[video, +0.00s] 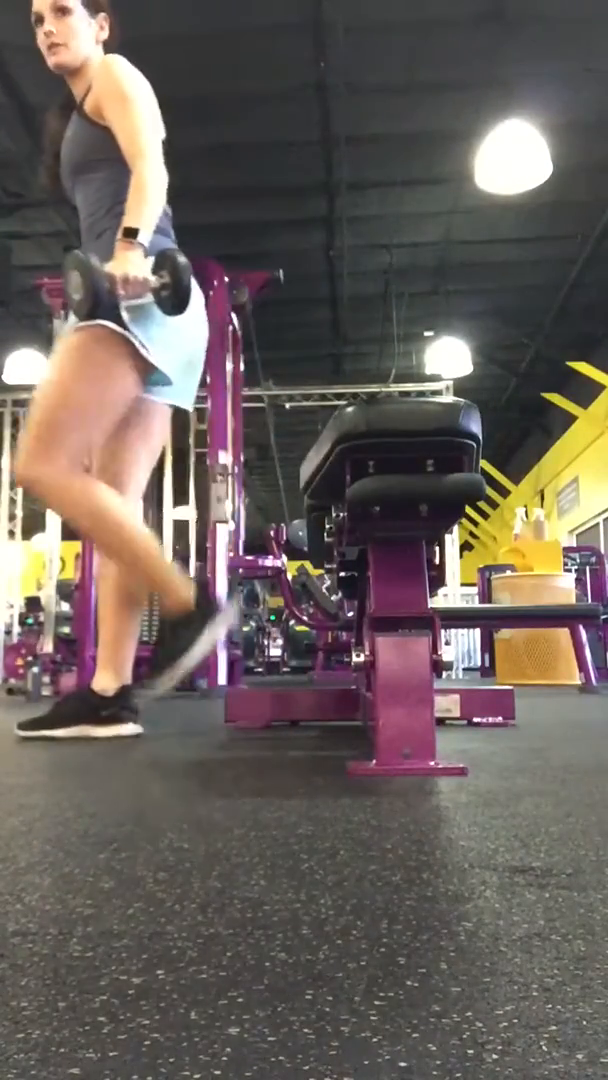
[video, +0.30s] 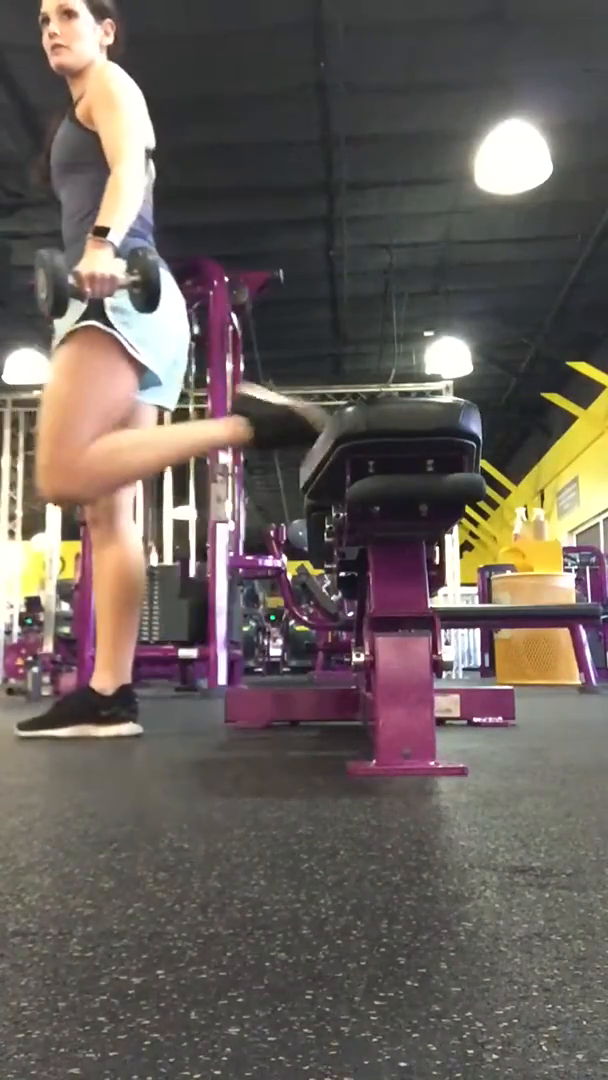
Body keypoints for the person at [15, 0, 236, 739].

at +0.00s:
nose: (47, 30)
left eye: (61, 16)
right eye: (38, 21)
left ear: (100, 25)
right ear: (38, 38)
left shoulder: (112, 76)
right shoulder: (90, 103)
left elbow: (150, 165)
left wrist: (131, 244)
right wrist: (92, 280)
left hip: (133, 292)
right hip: (165, 300)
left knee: (44, 461)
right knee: (117, 501)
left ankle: (185, 604)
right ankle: (110, 689)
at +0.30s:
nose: (53, 31)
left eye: (68, 18)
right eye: (45, 21)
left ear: (105, 29)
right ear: (45, 37)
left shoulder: (109, 85)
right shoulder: (89, 104)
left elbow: (131, 164)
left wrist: (100, 241)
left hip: (122, 293)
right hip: (134, 298)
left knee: (61, 471)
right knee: (110, 513)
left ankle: (247, 424)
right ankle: (109, 691)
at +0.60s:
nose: (50, 44)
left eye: (64, 31)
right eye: (43, 35)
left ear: (101, 43)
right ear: (45, 51)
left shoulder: (107, 91)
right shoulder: (81, 112)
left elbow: (128, 167)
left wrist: (102, 241)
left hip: (126, 292)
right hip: (101, 301)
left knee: (123, 485)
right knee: (99, 505)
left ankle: (309, 486)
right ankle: (110, 691)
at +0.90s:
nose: (57, 53)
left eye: (72, 39)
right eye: (52, 44)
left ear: (110, 50)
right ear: (55, 59)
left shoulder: (113, 92)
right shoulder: (96, 115)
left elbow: (132, 167)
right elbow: (108, 213)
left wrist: (117, 239)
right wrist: (74, 278)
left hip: (123, 299)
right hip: (108, 304)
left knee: (117, 488)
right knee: (99, 505)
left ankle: (305, 490)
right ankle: (111, 690)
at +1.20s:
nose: (67, 54)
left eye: (80, 40)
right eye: (60, 46)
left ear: (118, 48)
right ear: (62, 61)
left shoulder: (124, 92)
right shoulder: (99, 120)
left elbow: (138, 167)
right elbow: (104, 217)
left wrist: (126, 239)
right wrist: (74, 284)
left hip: (124, 296)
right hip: (101, 304)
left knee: (114, 483)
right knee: (96, 503)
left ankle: (305, 489)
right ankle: (110, 691)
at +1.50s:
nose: (72, 45)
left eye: (86, 31)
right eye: (63, 37)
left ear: (123, 43)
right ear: (63, 53)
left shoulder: (124, 92)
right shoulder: (101, 114)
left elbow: (131, 181)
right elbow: (108, 213)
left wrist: (109, 262)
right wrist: (70, 277)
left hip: (126, 306)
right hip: (96, 316)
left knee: (115, 498)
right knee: (78, 510)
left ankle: (301, 491)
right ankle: (107, 691)